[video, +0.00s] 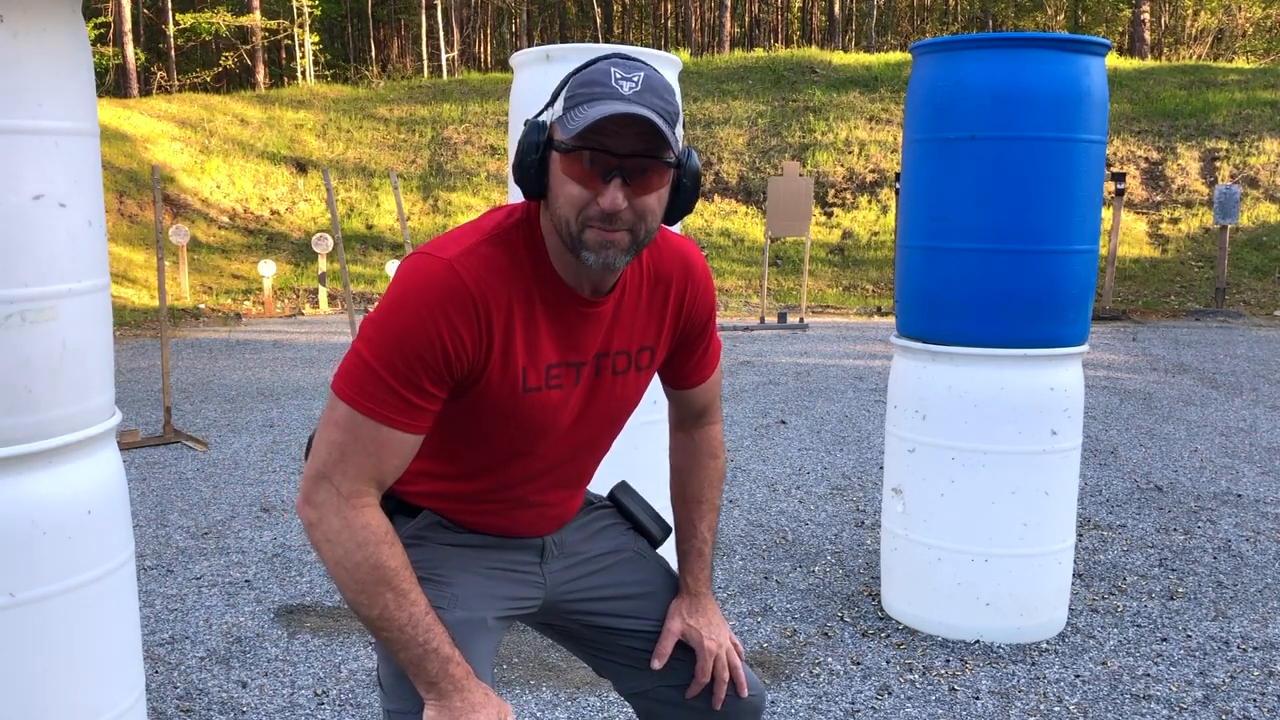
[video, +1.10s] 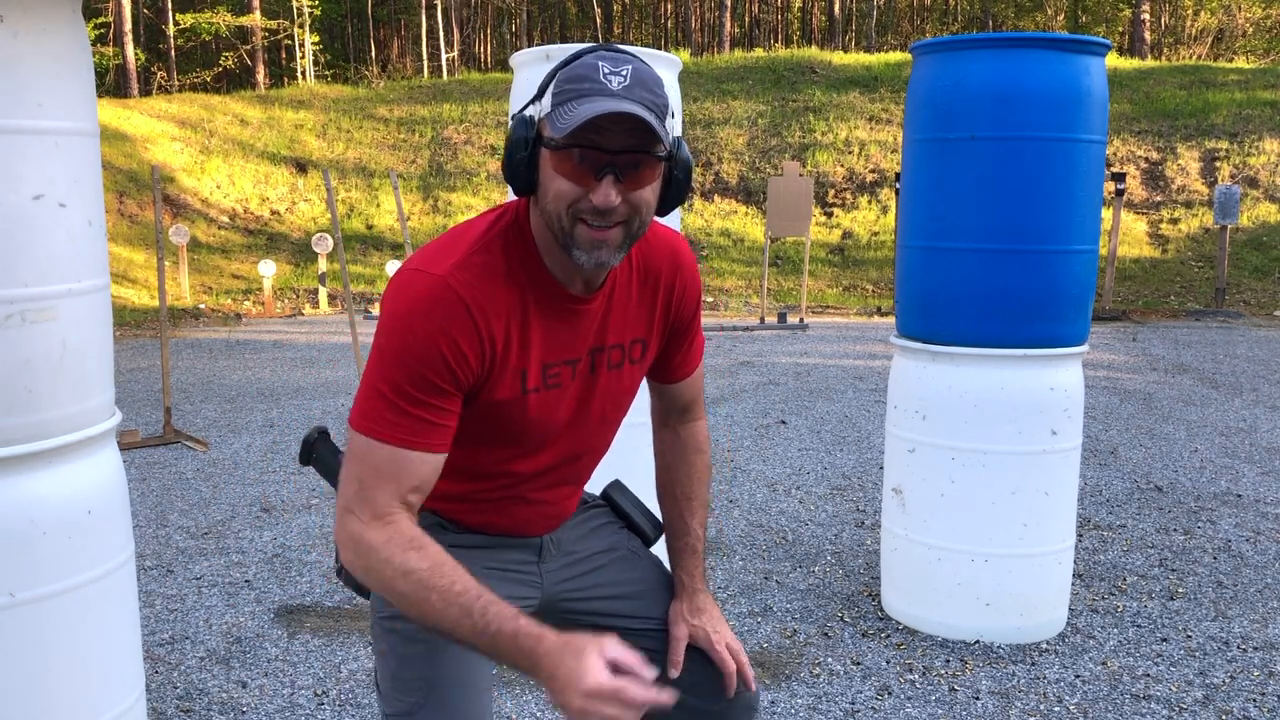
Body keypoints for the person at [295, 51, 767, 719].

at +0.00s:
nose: (612, 198)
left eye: (641, 171)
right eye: (590, 164)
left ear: (674, 181)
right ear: (543, 162)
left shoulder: (678, 275)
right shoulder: (448, 283)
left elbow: (698, 420)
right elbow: (333, 496)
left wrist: (696, 588)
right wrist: (450, 689)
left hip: (576, 527)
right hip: (445, 539)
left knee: (727, 700)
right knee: (440, 709)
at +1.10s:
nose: (605, 194)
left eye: (632, 165)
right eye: (581, 160)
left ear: (665, 176)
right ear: (530, 159)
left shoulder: (667, 267)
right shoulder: (442, 292)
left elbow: (681, 416)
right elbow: (368, 526)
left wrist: (692, 585)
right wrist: (543, 653)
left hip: (572, 530)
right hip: (445, 544)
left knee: (721, 692)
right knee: (444, 706)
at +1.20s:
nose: (601, 190)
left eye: (629, 160)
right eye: (577, 155)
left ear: (659, 171)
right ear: (526, 156)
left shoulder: (653, 260)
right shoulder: (443, 296)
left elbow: (661, 413)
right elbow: (438, 550)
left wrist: (686, 576)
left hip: (554, 524)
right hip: (432, 550)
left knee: (710, 689)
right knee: (450, 706)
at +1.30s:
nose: (592, 189)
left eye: (619, 160)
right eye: (567, 155)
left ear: (649, 169)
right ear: (515, 152)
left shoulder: (636, 254)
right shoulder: (447, 296)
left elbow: (645, 416)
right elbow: (514, 549)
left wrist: (674, 573)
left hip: (548, 531)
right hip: (429, 549)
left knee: (699, 686)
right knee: (451, 704)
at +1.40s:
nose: (587, 189)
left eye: (613, 159)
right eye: (561, 155)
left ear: (642, 167)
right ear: (507, 151)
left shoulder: (626, 252)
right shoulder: (446, 297)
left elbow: (631, 419)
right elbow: (580, 527)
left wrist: (667, 574)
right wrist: (729, 366)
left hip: (548, 538)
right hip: (428, 559)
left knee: (693, 687)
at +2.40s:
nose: (601, 201)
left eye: (628, 170)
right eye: (576, 164)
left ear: (658, 177)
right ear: (520, 159)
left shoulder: (642, 259)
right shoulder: (456, 300)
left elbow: (652, 422)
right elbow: (573, 539)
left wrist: (677, 583)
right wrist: (707, 400)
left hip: (554, 530)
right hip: (432, 554)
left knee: (701, 689)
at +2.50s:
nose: (609, 192)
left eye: (635, 162)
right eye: (584, 157)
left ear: (663, 170)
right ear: (527, 153)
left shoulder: (647, 255)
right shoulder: (461, 300)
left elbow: (653, 410)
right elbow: (497, 566)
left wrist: (678, 581)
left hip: (549, 515)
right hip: (426, 541)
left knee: (699, 690)